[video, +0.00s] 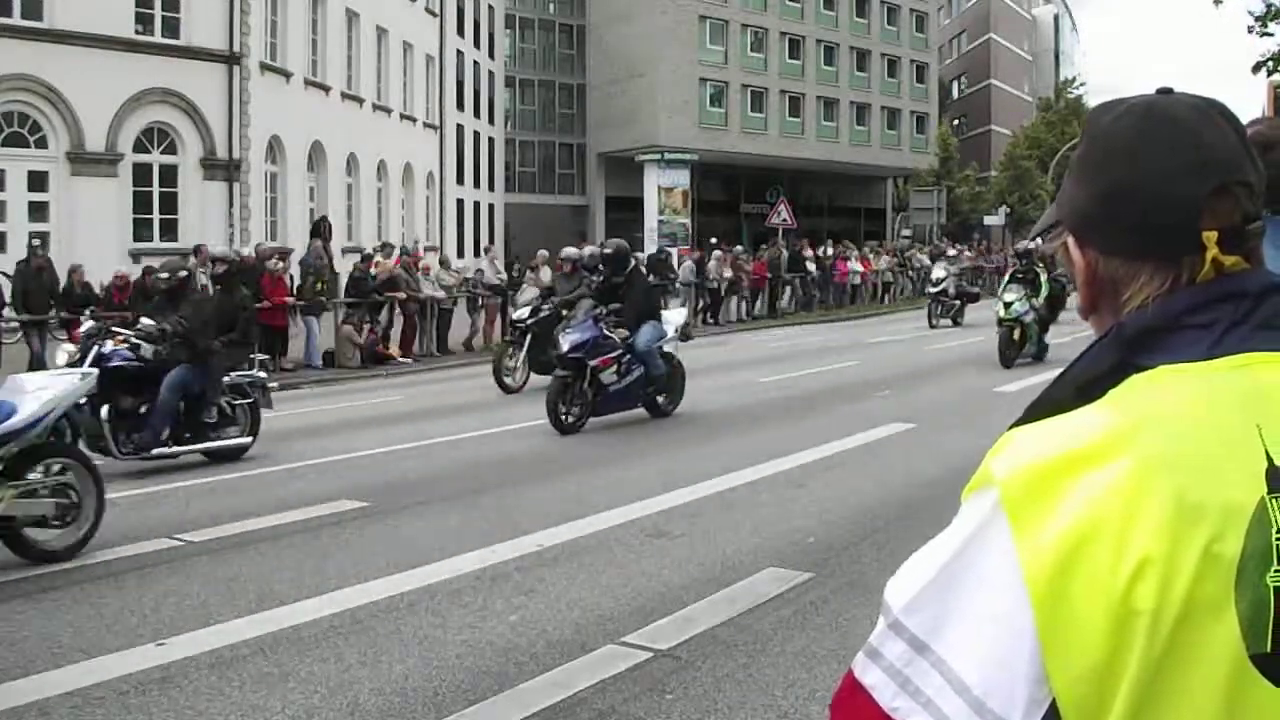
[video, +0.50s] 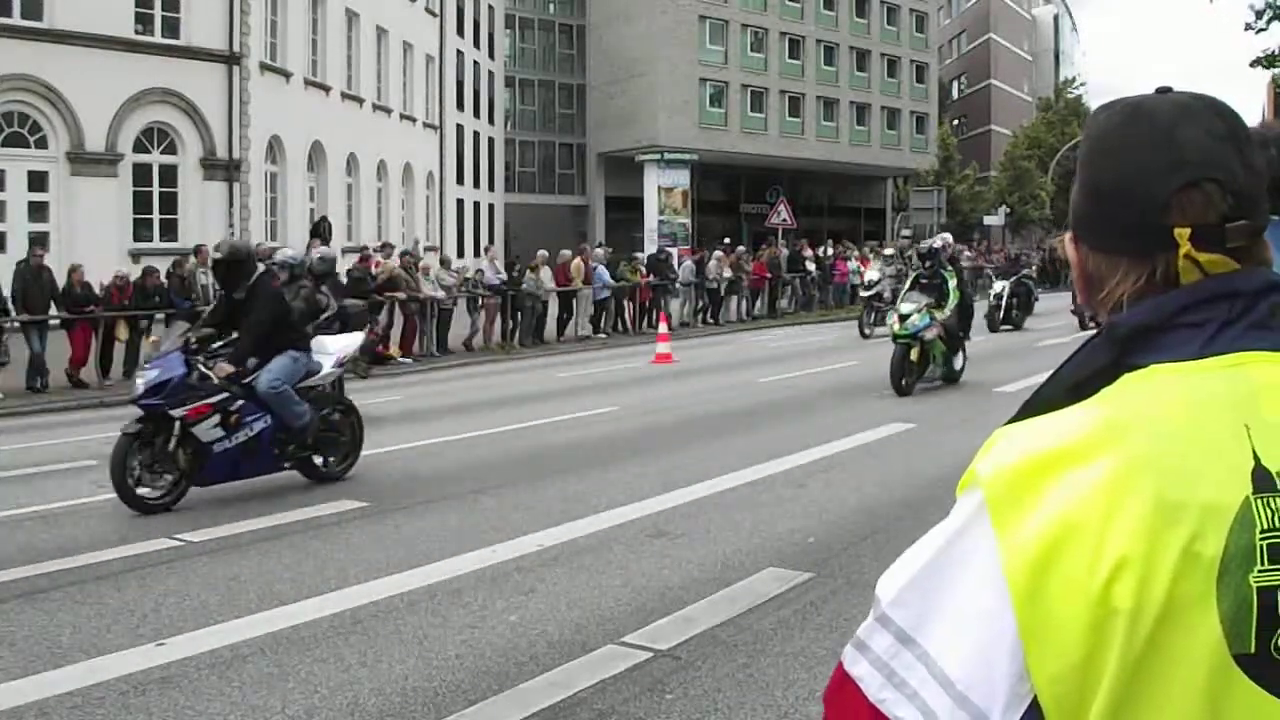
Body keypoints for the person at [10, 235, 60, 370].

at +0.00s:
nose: (40, 261)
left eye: (42, 258)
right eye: (37, 258)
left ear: (45, 256)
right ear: (31, 256)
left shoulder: (47, 265)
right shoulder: (22, 268)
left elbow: (54, 288)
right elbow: (16, 292)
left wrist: (59, 307)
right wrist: (21, 312)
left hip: (44, 313)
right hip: (27, 314)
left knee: (41, 350)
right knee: (36, 350)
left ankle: (31, 378)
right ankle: (43, 379)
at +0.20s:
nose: (34, 271)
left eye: (40, 266)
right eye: (33, 266)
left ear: (54, 269)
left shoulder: (66, 302)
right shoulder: (38, 299)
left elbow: (65, 342)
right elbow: (29, 329)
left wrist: (39, 354)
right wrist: (18, 347)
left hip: (63, 362)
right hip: (36, 357)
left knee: (34, 375)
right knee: (10, 370)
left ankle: (31, 425)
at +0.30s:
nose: (39, 260)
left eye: (42, 257)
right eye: (36, 256)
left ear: (44, 257)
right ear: (30, 256)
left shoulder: (46, 271)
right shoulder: (20, 270)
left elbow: (55, 293)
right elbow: (16, 292)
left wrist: (62, 310)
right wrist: (20, 311)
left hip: (43, 314)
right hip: (27, 315)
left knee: (39, 351)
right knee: (36, 349)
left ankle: (31, 382)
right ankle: (43, 375)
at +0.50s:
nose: (39, 260)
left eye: (41, 256)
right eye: (36, 256)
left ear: (44, 256)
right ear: (30, 256)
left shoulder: (46, 271)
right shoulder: (21, 270)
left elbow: (55, 292)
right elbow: (16, 293)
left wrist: (61, 310)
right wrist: (20, 311)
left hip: (43, 314)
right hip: (27, 315)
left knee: (39, 351)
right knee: (36, 350)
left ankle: (31, 382)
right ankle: (44, 375)